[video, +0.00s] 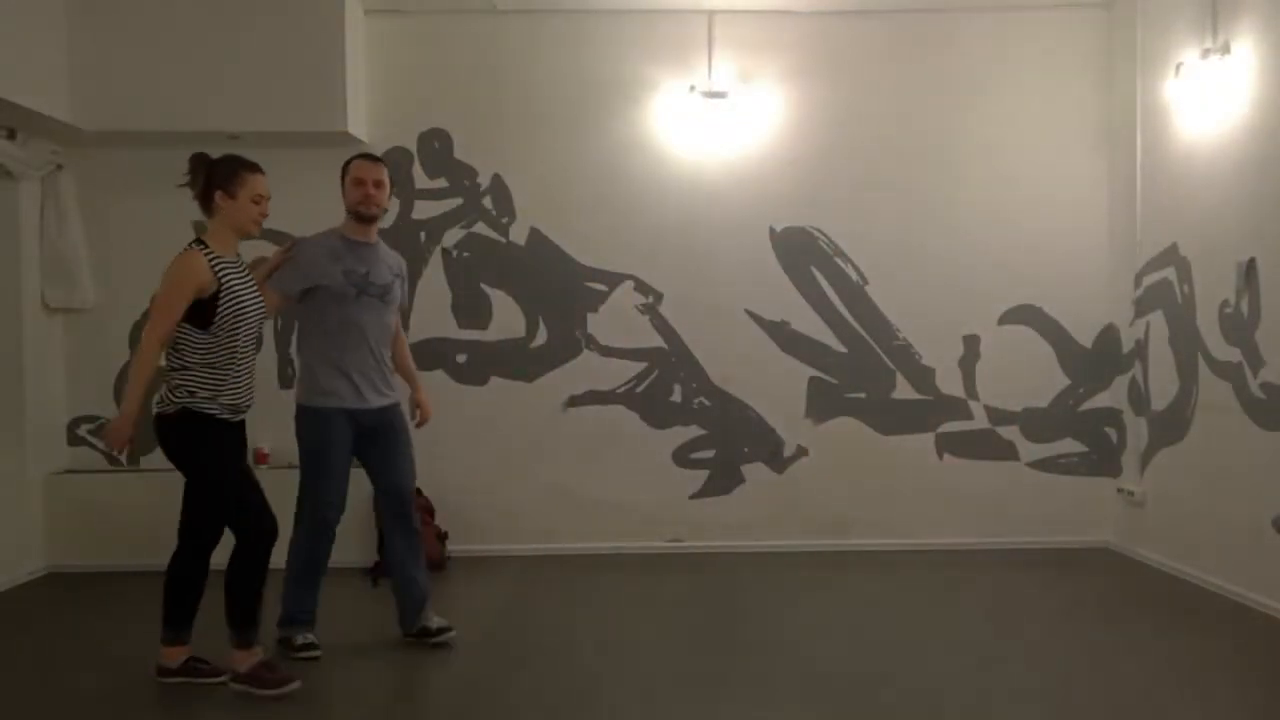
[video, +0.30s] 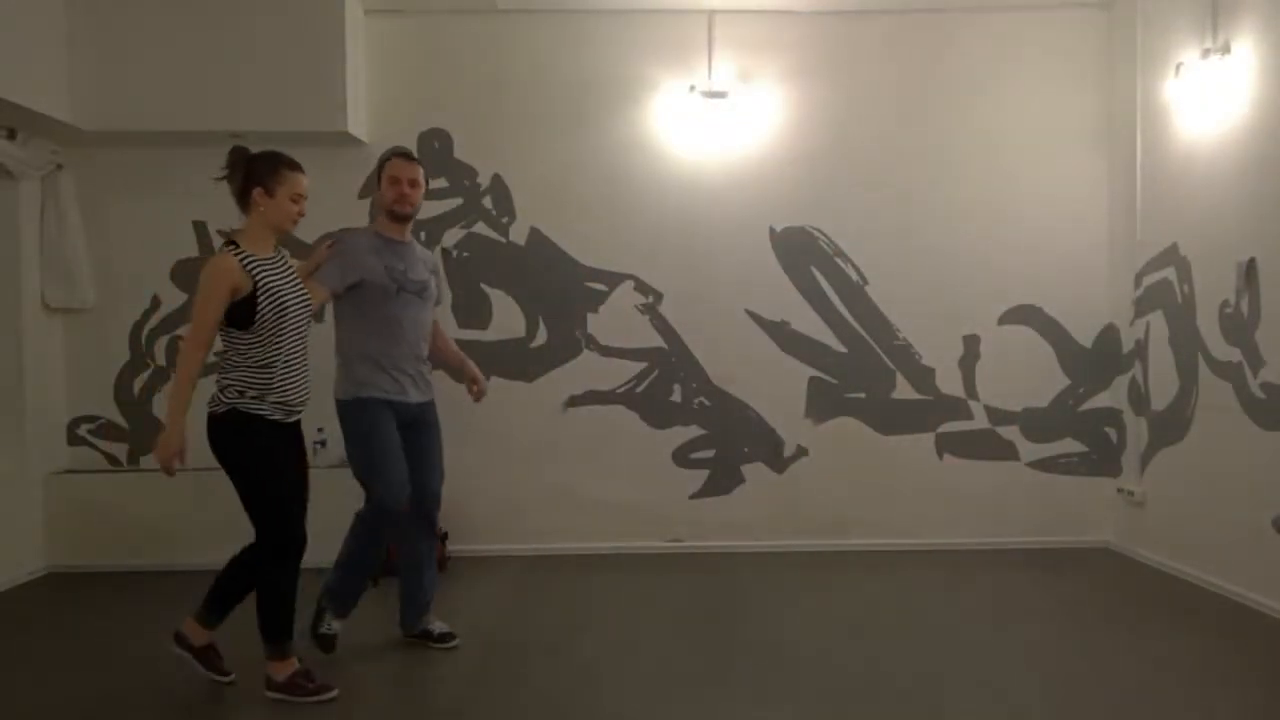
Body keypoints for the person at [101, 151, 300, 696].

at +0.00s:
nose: (266, 210)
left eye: (267, 201)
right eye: (257, 200)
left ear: (234, 204)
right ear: (222, 199)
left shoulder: (235, 263)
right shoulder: (195, 262)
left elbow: (237, 316)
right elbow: (153, 338)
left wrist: (271, 270)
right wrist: (127, 415)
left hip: (222, 421)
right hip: (194, 422)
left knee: (196, 540)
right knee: (258, 528)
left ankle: (174, 654)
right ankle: (245, 658)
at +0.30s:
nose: (303, 208)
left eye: (305, 199)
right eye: (296, 197)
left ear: (270, 200)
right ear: (261, 197)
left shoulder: (280, 259)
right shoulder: (227, 265)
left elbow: (288, 306)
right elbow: (194, 349)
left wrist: (317, 264)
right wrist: (174, 426)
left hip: (282, 419)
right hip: (244, 422)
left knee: (281, 539)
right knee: (282, 540)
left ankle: (197, 630)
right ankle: (281, 667)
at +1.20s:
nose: (303, 197)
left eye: (309, 189)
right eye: (289, 190)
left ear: (315, 199)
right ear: (262, 201)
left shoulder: (292, 260)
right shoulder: (261, 256)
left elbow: (293, 330)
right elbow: (259, 334)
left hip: (302, 418)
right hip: (271, 420)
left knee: (331, 528)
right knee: (302, 539)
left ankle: (259, 617)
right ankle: (282, 666)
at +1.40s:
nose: (293, 206)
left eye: (297, 198)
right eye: (279, 198)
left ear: (301, 208)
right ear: (250, 208)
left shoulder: (269, 264)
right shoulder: (246, 256)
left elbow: (234, 329)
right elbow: (191, 324)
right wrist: (143, 386)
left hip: (266, 420)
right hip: (253, 422)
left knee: (256, 541)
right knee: (291, 539)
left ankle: (194, 643)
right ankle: (283, 665)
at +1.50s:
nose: (288, 208)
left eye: (289, 200)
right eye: (277, 200)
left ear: (269, 213)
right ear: (245, 210)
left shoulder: (253, 264)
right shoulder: (235, 259)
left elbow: (204, 320)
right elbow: (175, 320)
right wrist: (120, 376)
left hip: (244, 420)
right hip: (232, 422)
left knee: (234, 539)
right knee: (285, 532)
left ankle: (186, 650)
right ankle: (283, 663)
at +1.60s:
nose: (278, 207)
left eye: (276, 198)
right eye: (268, 200)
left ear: (244, 211)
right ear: (239, 209)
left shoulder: (239, 263)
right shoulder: (223, 257)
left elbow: (199, 333)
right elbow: (168, 326)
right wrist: (120, 384)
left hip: (220, 418)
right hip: (207, 419)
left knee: (224, 538)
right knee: (261, 529)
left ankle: (184, 650)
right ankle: (269, 663)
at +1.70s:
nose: (260, 212)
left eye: (257, 203)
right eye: (251, 204)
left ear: (224, 214)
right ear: (225, 213)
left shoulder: (222, 267)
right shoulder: (206, 266)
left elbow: (191, 342)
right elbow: (169, 339)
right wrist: (149, 412)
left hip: (204, 424)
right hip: (193, 425)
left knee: (220, 538)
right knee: (238, 538)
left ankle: (182, 652)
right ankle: (214, 660)